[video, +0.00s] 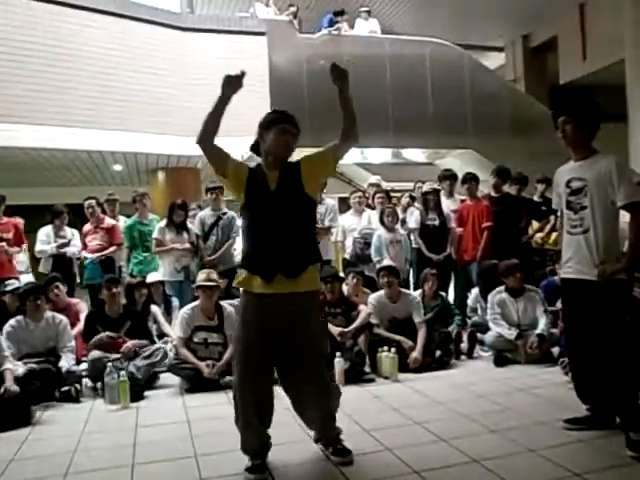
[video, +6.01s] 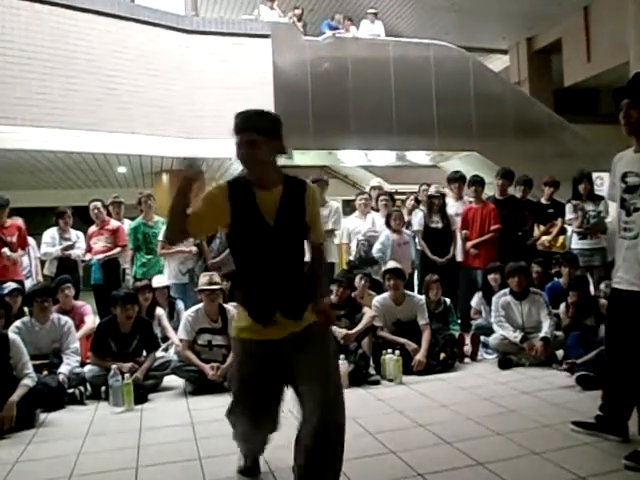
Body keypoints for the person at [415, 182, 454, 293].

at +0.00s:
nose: (432, 200)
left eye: (435, 197)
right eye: (429, 197)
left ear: (438, 198)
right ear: (424, 198)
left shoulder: (445, 214)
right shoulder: (419, 214)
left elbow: (450, 233)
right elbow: (416, 235)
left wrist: (447, 251)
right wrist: (428, 254)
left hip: (442, 255)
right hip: (425, 255)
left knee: (442, 289)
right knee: (423, 287)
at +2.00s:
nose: (432, 198)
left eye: (435, 195)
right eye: (429, 194)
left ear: (438, 197)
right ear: (424, 197)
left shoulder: (445, 214)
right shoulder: (418, 214)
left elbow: (449, 234)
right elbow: (416, 236)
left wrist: (447, 251)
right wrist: (428, 254)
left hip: (443, 257)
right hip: (425, 257)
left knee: (444, 290)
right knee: (425, 289)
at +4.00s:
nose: (436, 200)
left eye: (439, 197)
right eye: (433, 197)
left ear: (443, 199)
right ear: (429, 199)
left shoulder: (449, 217)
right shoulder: (423, 216)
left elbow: (454, 236)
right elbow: (420, 238)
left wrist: (453, 253)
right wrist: (433, 256)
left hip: (448, 259)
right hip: (430, 259)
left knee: (448, 292)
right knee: (429, 291)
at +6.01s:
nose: (437, 201)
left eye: (439, 198)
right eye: (434, 198)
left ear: (443, 200)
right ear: (429, 199)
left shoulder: (448, 217)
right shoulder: (423, 217)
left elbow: (453, 236)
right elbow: (420, 238)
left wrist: (450, 254)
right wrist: (432, 256)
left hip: (446, 260)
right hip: (429, 260)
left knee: (447, 291)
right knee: (428, 290)